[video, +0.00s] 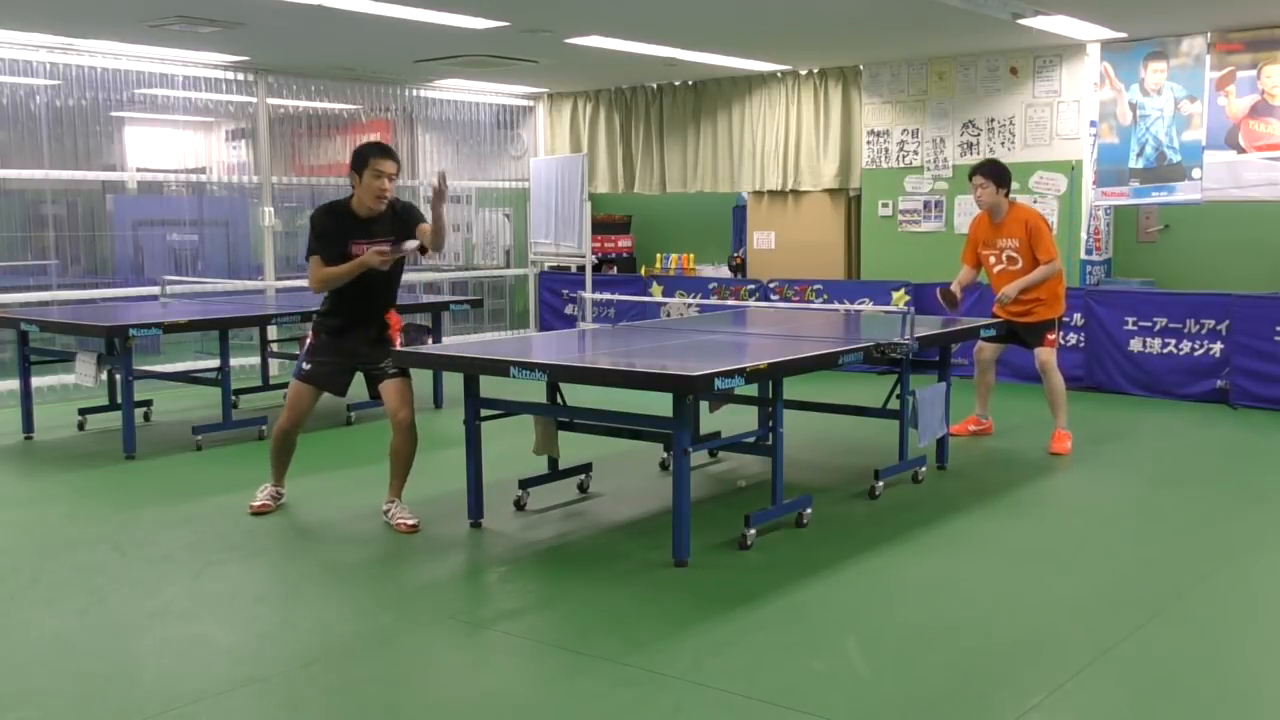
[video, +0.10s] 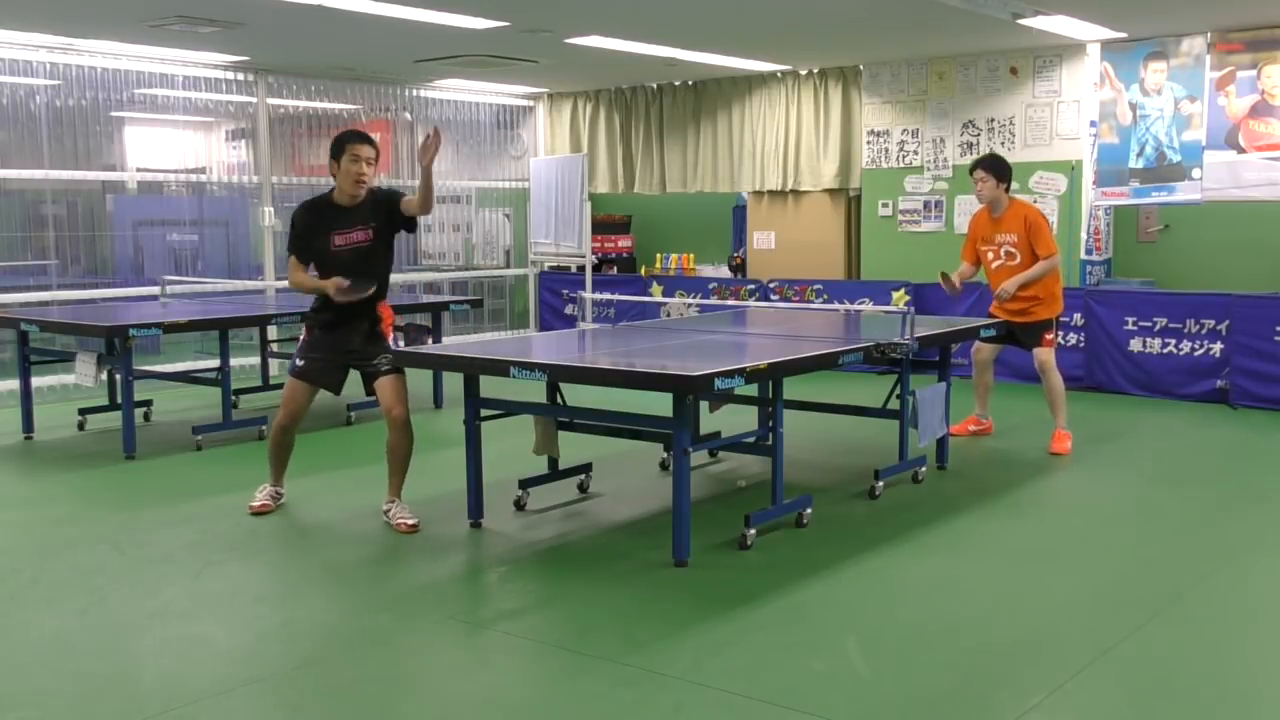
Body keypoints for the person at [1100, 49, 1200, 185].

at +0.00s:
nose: (1158, 77)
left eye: (1162, 72)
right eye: (1154, 71)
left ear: (1167, 73)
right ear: (1143, 72)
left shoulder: (1173, 89)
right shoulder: (1135, 91)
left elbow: (1198, 106)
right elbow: (1125, 120)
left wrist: (1191, 107)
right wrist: (1120, 95)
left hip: (1171, 162)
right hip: (1141, 164)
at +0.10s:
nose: (1158, 77)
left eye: (1162, 72)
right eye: (1154, 71)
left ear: (1167, 73)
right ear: (1143, 72)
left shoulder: (1173, 89)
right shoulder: (1135, 91)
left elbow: (1198, 106)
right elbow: (1125, 120)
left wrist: (1191, 107)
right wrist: (1121, 95)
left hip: (1171, 162)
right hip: (1141, 164)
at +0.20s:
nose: (1158, 77)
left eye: (1162, 72)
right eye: (1154, 71)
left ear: (1167, 73)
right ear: (1143, 72)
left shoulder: (1173, 89)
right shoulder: (1135, 91)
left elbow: (1198, 106)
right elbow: (1125, 121)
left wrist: (1191, 107)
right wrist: (1120, 95)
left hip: (1171, 161)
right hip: (1141, 164)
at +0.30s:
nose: (1158, 77)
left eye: (1162, 72)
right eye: (1154, 71)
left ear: (1167, 73)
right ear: (1143, 72)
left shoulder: (1173, 89)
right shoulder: (1135, 91)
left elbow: (1198, 106)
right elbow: (1125, 121)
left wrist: (1191, 107)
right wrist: (1120, 95)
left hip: (1171, 161)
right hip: (1141, 164)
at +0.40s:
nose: (1158, 77)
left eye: (1162, 72)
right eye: (1154, 71)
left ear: (1167, 73)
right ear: (1143, 72)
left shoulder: (1173, 89)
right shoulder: (1135, 91)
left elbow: (1198, 105)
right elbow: (1125, 121)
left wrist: (1191, 107)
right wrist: (1120, 95)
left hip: (1171, 162)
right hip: (1141, 164)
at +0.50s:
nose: (1158, 77)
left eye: (1162, 72)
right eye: (1154, 71)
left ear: (1167, 73)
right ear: (1143, 72)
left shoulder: (1173, 89)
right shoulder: (1134, 91)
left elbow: (1198, 106)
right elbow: (1125, 121)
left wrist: (1191, 107)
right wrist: (1121, 95)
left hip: (1171, 162)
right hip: (1141, 164)